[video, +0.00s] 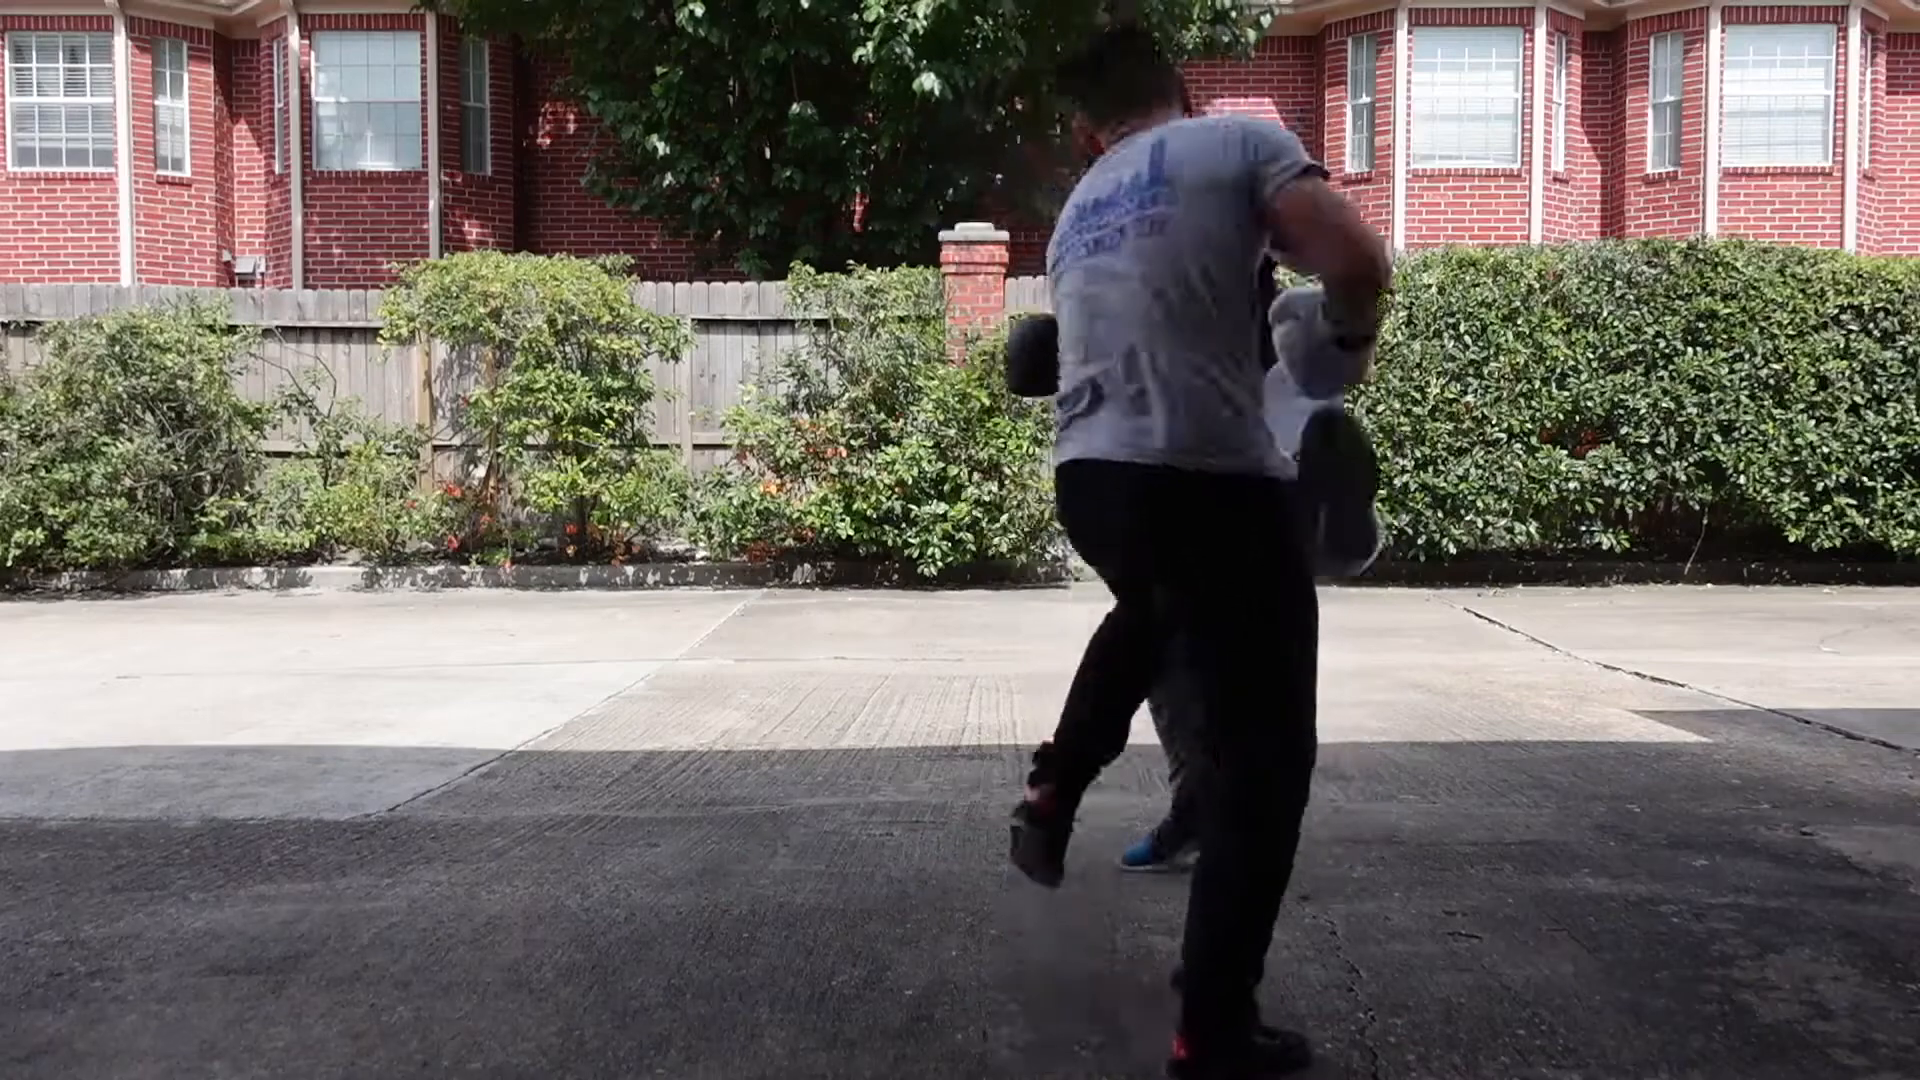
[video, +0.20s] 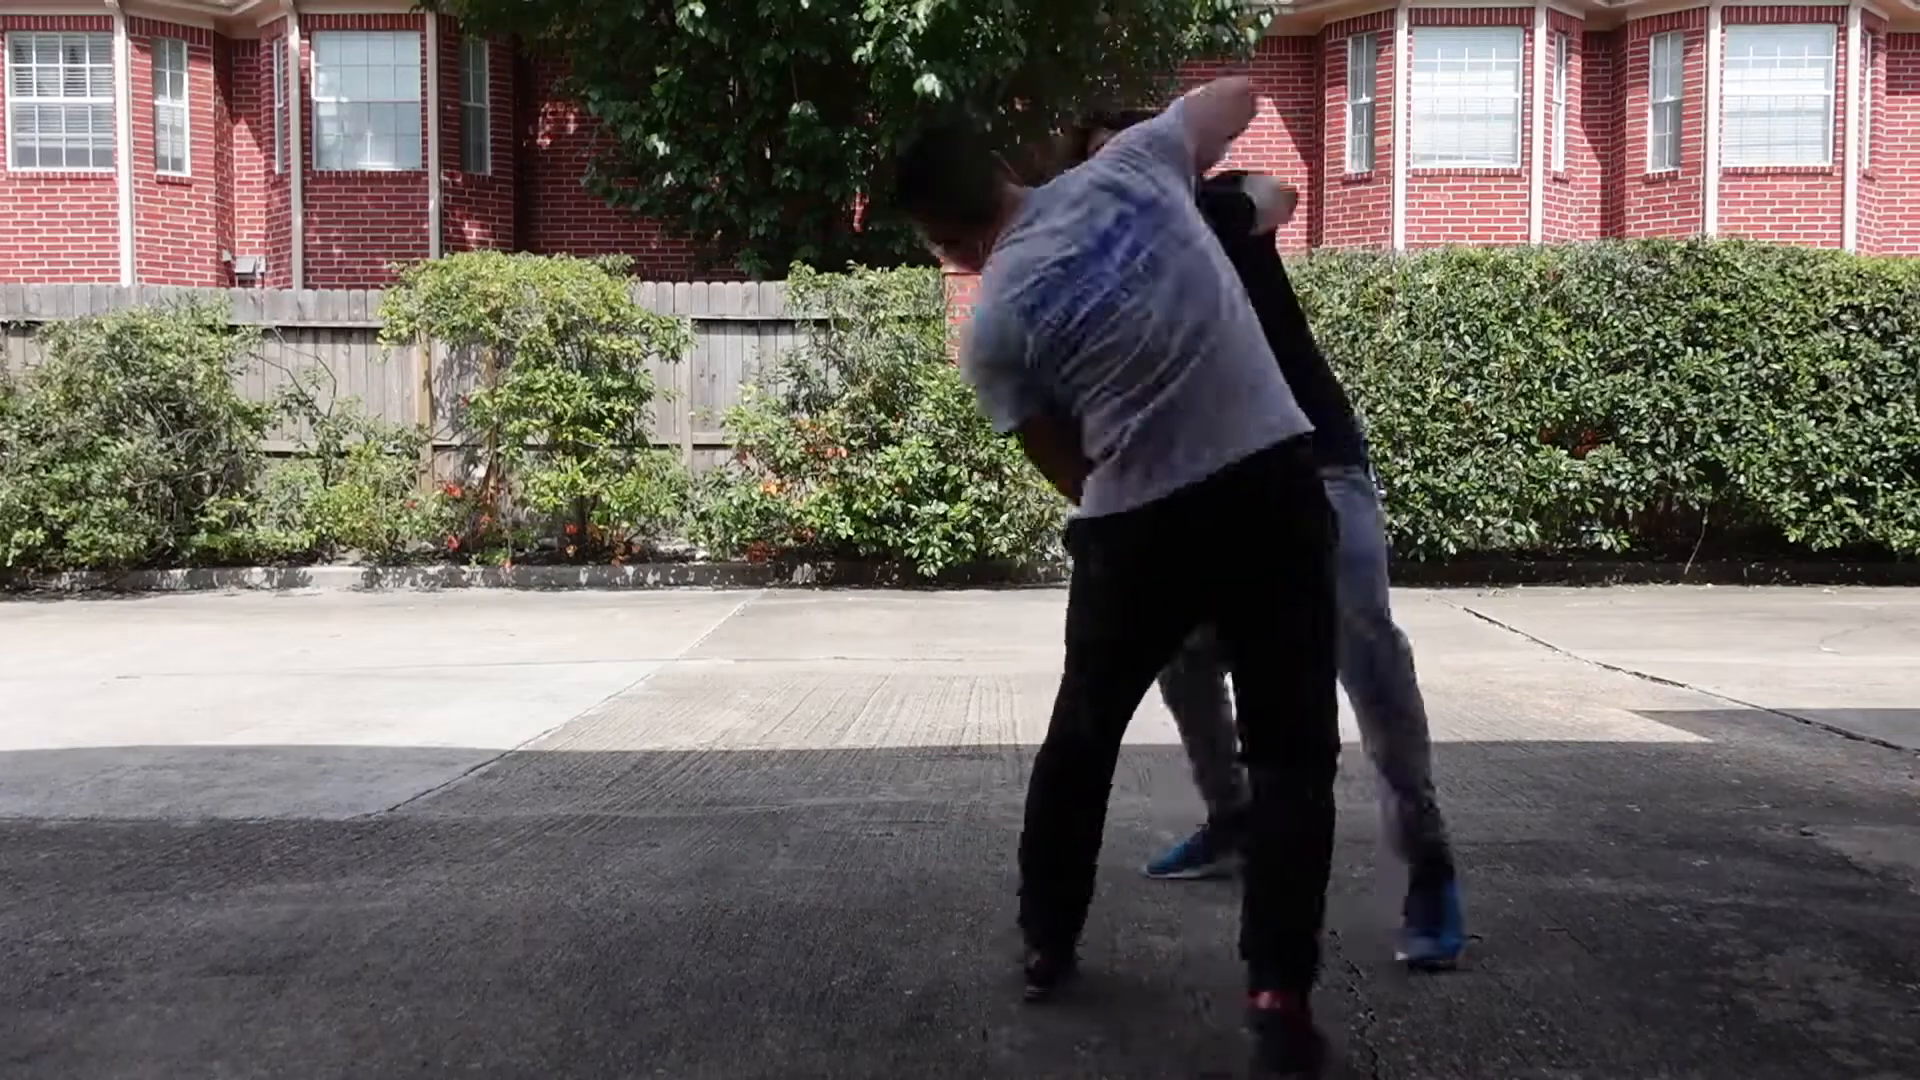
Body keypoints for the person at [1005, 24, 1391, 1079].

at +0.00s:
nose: (1082, 139)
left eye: (1078, 128)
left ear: (1088, 122)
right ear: (1179, 83)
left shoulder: (1079, 201)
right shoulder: (1239, 136)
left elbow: (1088, 338)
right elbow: (1354, 254)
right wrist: (1354, 335)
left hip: (1089, 483)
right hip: (1221, 482)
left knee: (1149, 605)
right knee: (1268, 752)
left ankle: (1049, 803)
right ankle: (1216, 1026)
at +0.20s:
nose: (1123, 178)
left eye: (1134, 159)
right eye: (1104, 168)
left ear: (1161, 163)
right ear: (1083, 182)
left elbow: (1278, 192)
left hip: (1316, 460)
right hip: (1201, 485)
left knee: (1362, 635)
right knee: (1183, 660)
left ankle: (1428, 869)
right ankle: (1229, 816)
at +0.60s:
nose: (1172, 186)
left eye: (1185, 169)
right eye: (1168, 174)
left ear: (1238, 170)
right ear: (1189, 183)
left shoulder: (1277, 224)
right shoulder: (1195, 269)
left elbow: (1196, 258)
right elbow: (1129, 372)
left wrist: (1122, 238)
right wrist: (1121, 274)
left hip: (1317, 533)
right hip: (1224, 540)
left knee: (1348, 718)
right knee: (1152, 684)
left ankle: (1476, 923)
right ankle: (1182, 859)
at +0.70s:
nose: (1225, 125)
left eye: (1237, 109)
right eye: (1224, 113)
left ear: (1282, 116)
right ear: (1265, 124)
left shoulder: (1316, 191)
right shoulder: (1243, 223)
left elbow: (1226, 254)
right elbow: (1182, 351)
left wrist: (1103, 280)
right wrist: (1195, 239)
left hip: (1335, 505)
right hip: (1248, 510)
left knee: (1338, 688)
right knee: (1183, 677)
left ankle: (1466, 899)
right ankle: (1190, 845)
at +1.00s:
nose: (1304, 96)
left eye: (1322, 76)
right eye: (1307, 78)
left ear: (1378, 87)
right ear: (1382, 93)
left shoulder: (1396, 193)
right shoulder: (1396, 189)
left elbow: (1314, 335)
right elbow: (1330, 328)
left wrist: (1189, 295)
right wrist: (1265, 255)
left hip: (1431, 506)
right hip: (1403, 500)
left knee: (1369, 707)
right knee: (1308, 651)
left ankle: (1464, 951)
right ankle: (1331, 857)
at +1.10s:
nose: (1330, 87)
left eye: (1348, 66)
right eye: (1331, 68)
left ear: (1407, 74)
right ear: (1406, 81)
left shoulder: (1433, 177)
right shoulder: (1414, 174)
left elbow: (1335, 306)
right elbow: (1344, 307)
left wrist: (1217, 229)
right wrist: (1292, 233)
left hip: (1466, 488)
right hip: (1428, 477)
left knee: (1409, 690)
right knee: (1365, 638)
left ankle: (1468, 947)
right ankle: (1465, 841)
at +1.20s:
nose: (1351, 98)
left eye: (1367, 78)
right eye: (1350, 80)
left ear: (1423, 81)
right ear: (1410, 88)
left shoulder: (1463, 181)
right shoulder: (1446, 178)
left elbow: (1357, 298)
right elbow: (1366, 295)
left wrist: (1259, 203)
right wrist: (1308, 210)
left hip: (1489, 494)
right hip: (1470, 487)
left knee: (1434, 690)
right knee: (1467, 676)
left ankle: (1472, 948)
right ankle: (1582, 836)